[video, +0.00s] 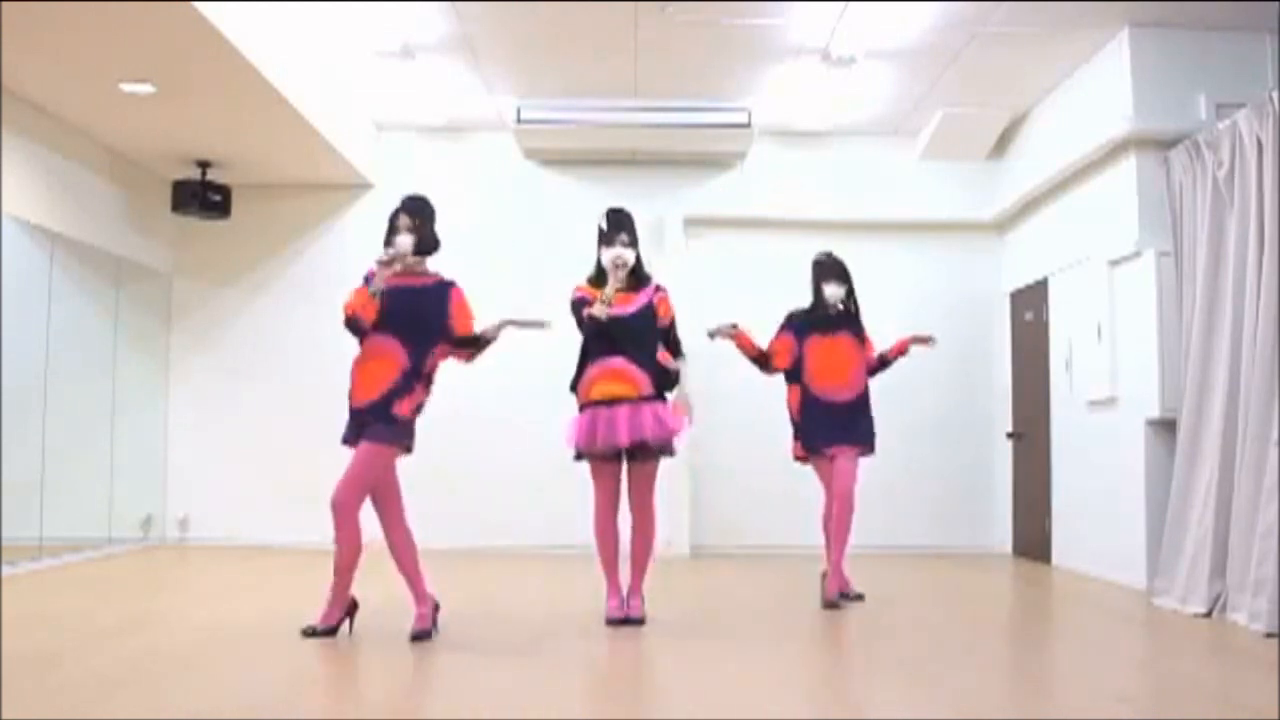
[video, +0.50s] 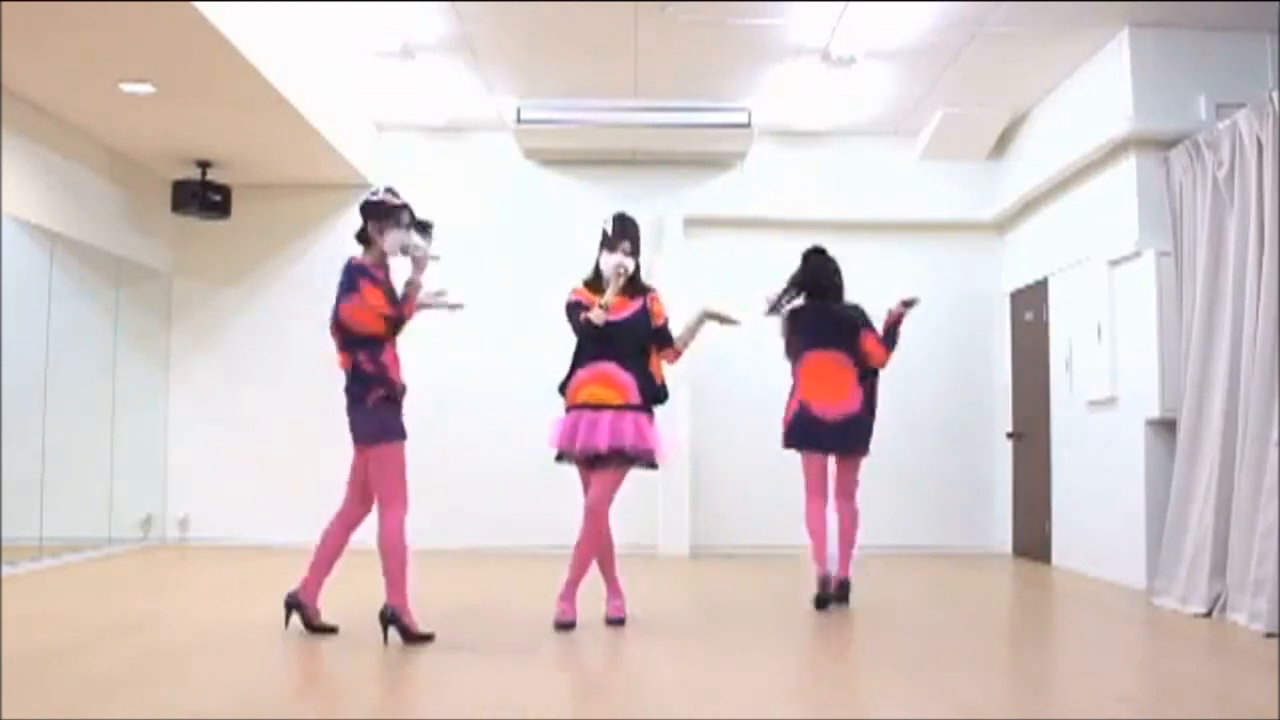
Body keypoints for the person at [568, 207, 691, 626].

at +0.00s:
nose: (619, 255)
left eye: (626, 246)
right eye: (611, 246)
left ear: (637, 250)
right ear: (599, 250)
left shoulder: (655, 294)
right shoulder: (585, 294)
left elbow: (673, 345)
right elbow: (589, 324)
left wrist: (673, 365)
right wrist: (609, 291)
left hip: (645, 400)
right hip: (600, 401)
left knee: (641, 500)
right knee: (606, 501)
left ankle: (636, 590)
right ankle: (613, 590)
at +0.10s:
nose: (620, 253)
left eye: (627, 244)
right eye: (612, 244)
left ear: (638, 248)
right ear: (600, 247)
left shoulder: (653, 292)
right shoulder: (586, 291)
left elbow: (680, 321)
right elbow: (584, 320)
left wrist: (689, 329)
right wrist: (602, 294)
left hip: (642, 400)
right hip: (598, 400)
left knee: (636, 501)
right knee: (606, 502)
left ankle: (635, 591)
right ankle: (613, 591)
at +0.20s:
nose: (622, 253)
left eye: (629, 245)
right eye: (614, 245)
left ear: (639, 249)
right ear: (601, 248)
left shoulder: (655, 289)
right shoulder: (586, 291)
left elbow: (711, 298)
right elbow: (583, 320)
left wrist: (684, 283)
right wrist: (609, 284)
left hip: (636, 401)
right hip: (593, 401)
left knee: (617, 490)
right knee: (601, 498)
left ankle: (632, 578)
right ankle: (612, 588)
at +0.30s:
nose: (624, 254)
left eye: (630, 246)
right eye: (617, 246)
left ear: (640, 251)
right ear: (603, 249)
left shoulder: (656, 292)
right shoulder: (588, 292)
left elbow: (703, 313)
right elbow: (587, 321)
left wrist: (687, 271)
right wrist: (612, 282)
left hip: (633, 395)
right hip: (591, 394)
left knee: (602, 481)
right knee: (597, 487)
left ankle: (615, 573)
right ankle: (613, 581)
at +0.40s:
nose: (622, 257)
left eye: (629, 249)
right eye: (615, 248)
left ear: (638, 254)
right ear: (601, 250)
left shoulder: (649, 295)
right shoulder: (585, 294)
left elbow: (675, 342)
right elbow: (588, 322)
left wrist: (698, 300)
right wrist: (612, 288)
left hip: (631, 399)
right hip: (590, 397)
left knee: (597, 489)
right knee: (599, 497)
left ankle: (581, 586)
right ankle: (615, 591)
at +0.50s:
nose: (620, 261)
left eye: (628, 253)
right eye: (613, 252)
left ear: (637, 258)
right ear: (599, 253)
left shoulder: (647, 301)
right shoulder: (581, 295)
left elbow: (669, 351)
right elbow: (585, 323)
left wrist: (702, 317)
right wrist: (610, 292)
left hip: (627, 406)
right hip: (585, 404)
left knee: (597, 504)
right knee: (594, 506)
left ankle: (567, 593)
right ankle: (614, 592)